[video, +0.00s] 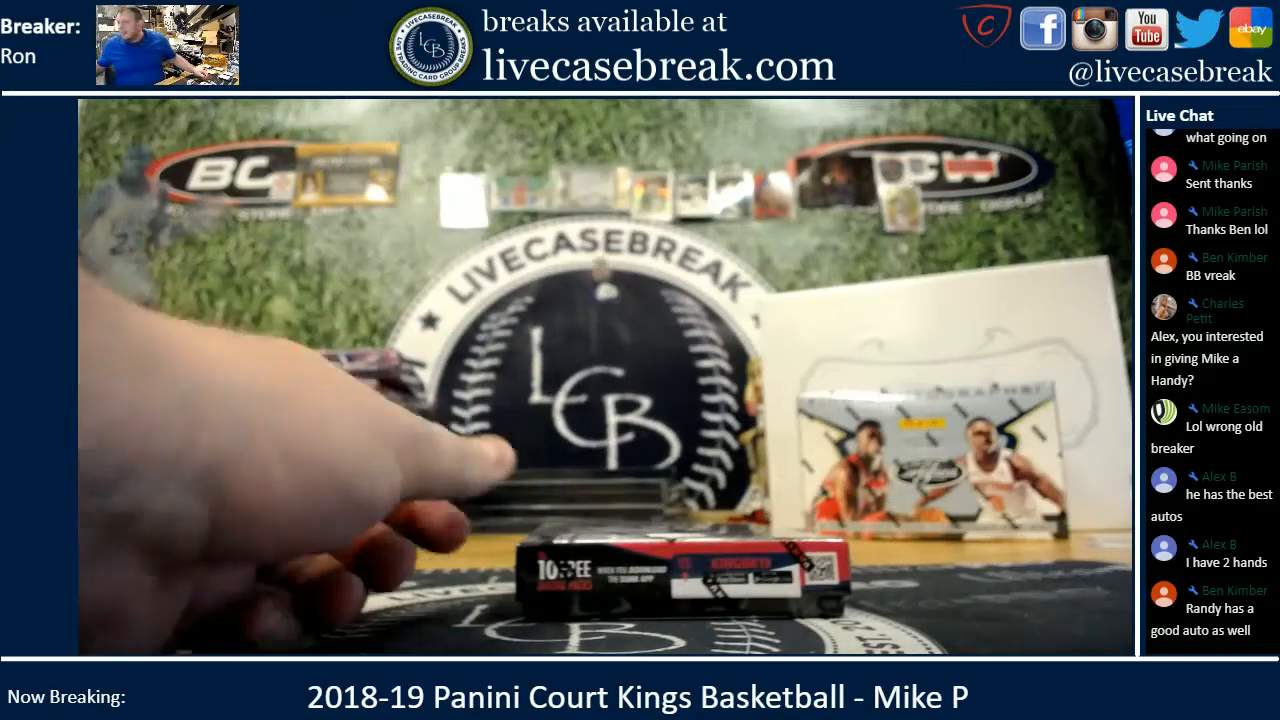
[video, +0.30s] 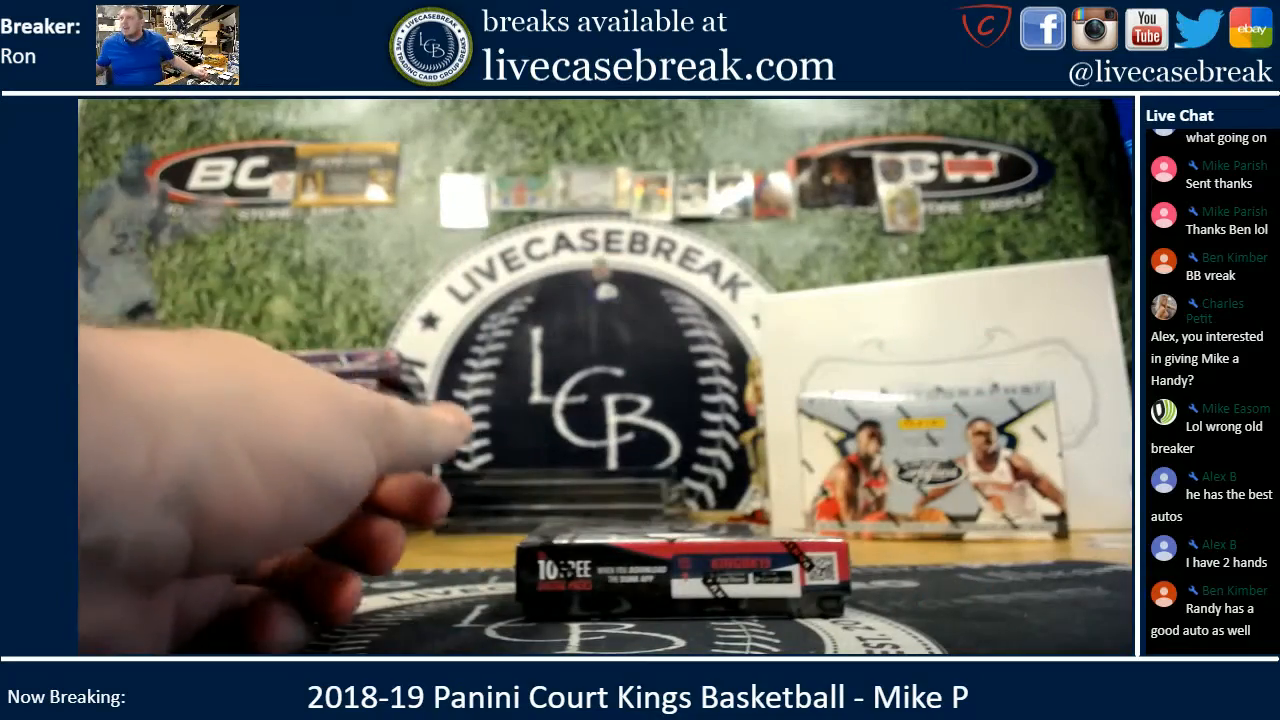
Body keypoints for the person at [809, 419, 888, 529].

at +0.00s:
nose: (877, 441)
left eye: (880, 437)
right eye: (872, 436)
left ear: (883, 441)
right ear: (859, 440)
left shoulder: (880, 474)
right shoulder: (846, 470)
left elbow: (879, 511)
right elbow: (849, 518)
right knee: (883, 519)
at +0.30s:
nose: (878, 441)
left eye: (880, 437)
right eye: (872, 436)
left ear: (883, 441)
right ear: (859, 439)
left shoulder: (880, 474)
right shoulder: (846, 470)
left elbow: (879, 511)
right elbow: (849, 518)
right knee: (883, 518)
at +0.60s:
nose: (878, 441)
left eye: (880, 437)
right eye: (872, 436)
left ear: (883, 441)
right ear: (859, 439)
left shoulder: (880, 474)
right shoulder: (846, 470)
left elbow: (879, 511)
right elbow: (849, 518)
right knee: (883, 520)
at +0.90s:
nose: (877, 441)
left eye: (879, 437)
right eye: (872, 436)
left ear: (883, 441)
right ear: (859, 439)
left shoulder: (879, 473)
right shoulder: (845, 470)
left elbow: (880, 510)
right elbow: (848, 518)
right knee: (882, 520)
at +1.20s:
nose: (877, 441)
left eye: (880, 437)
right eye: (872, 436)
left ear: (883, 440)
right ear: (859, 440)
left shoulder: (880, 473)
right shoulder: (846, 470)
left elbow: (879, 510)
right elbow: (849, 517)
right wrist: (884, 516)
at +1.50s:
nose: (877, 441)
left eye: (880, 437)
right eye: (872, 436)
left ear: (883, 441)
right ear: (859, 439)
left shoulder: (879, 474)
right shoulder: (846, 470)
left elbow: (879, 512)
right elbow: (849, 518)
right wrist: (885, 517)